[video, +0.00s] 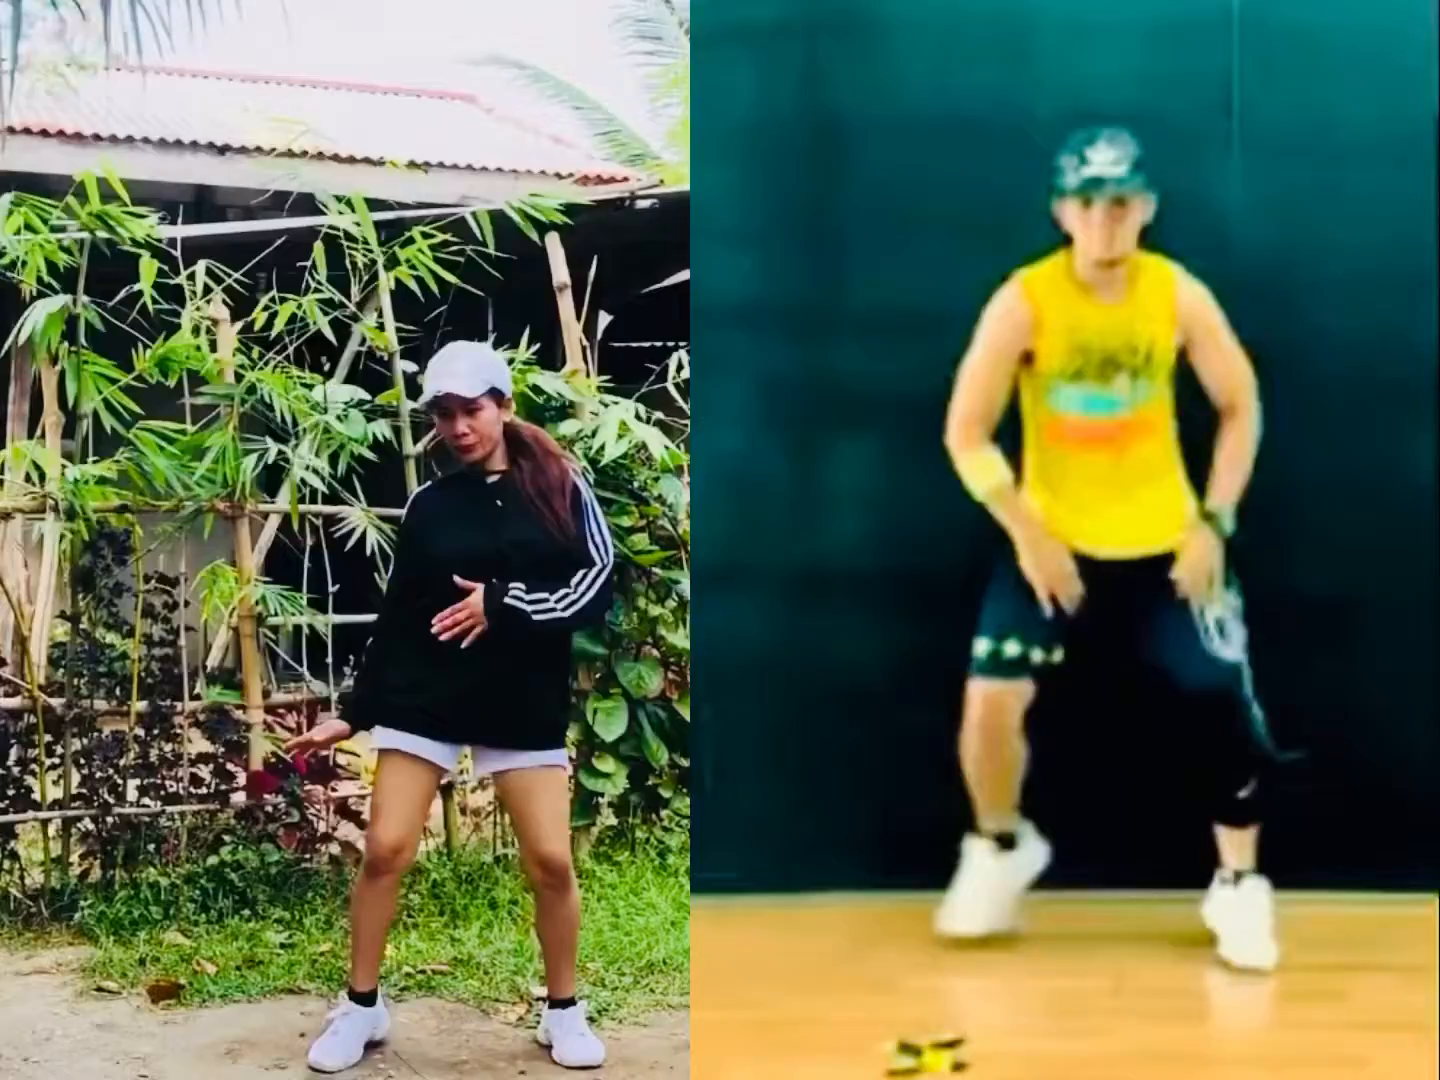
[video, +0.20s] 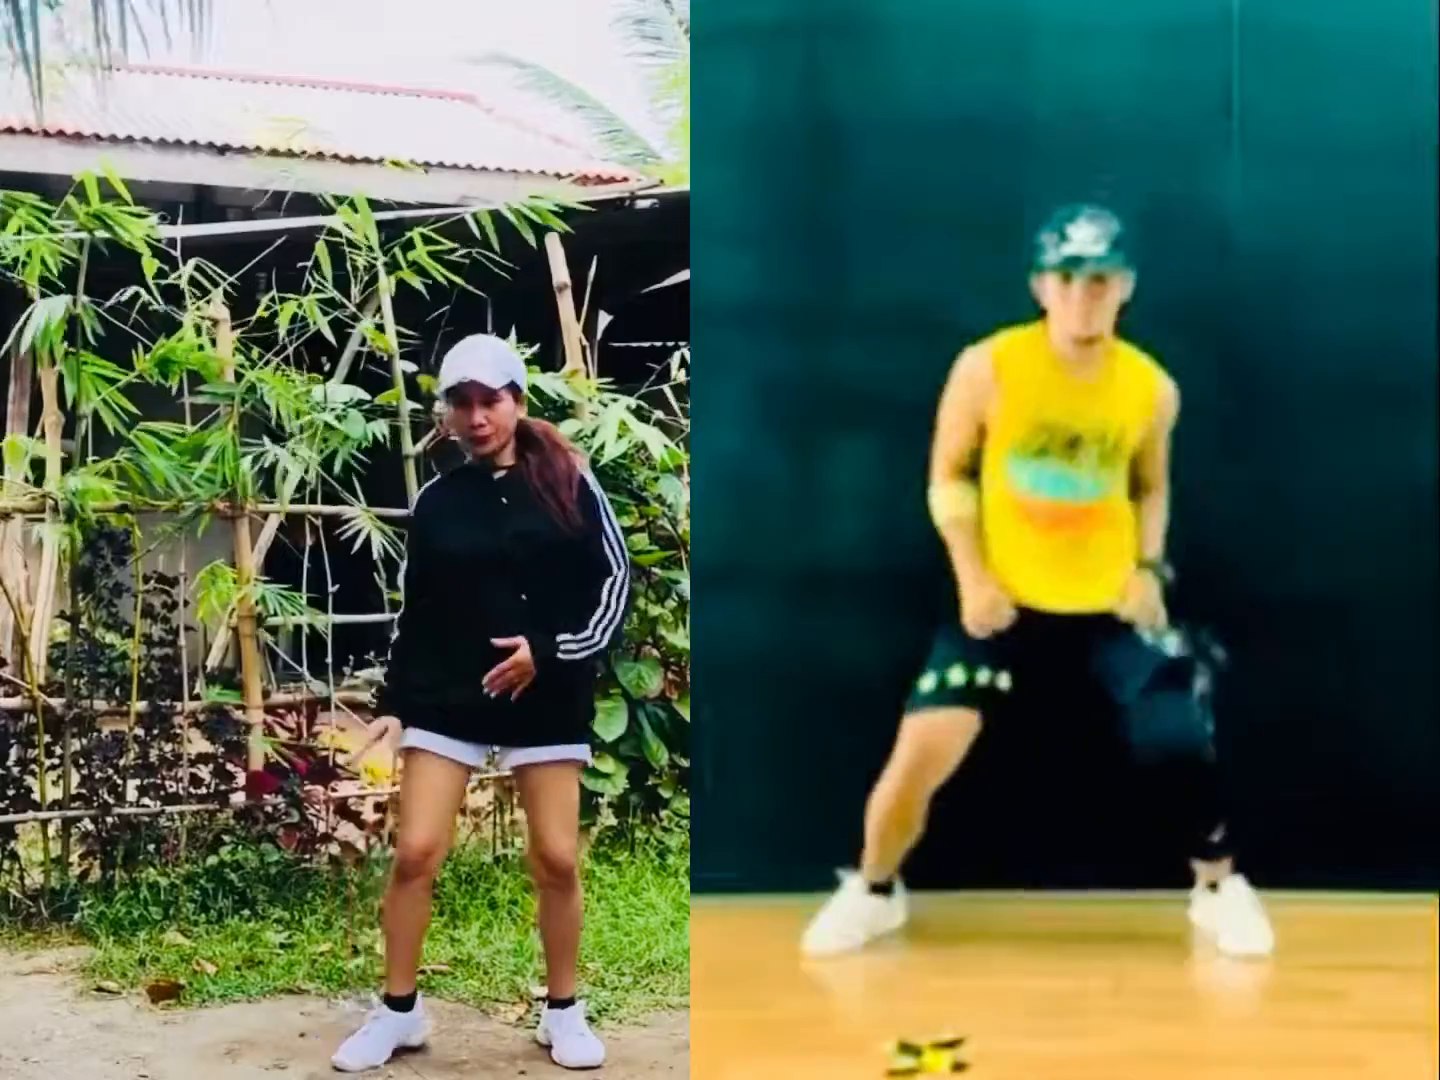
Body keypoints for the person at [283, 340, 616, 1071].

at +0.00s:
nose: (457, 427)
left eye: (469, 410)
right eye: (443, 415)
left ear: (502, 405)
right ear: (434, 422)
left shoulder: (556, 483)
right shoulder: (428, 504)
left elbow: (598, 575)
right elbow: (399, 616)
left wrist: (503, 600)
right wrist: (352, 714)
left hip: (525, 708)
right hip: (421, 702)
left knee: (553, 864)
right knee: (382, 851)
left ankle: (563, 1010)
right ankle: (360, 1008)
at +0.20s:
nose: (477, 416)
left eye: (490, 399)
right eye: (462, 401)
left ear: (517, 401)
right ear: (446, 412)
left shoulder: (567, 484)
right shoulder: (435, 499)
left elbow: (615, 585)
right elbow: (416, 606)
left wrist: (551, 653)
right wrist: (397, 695)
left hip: (546, 705)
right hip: (443, 699)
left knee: (557, 860)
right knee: (413, 854)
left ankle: (562, 1010)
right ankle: (398, 1009)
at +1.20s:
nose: (344, 441)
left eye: (359, 426)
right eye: (330, 426)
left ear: (387, 427)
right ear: (314, 430)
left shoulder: (417, 503)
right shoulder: (288, 517)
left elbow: (475, 601)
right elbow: (250, 620)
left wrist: (491, 573)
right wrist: (194, 674)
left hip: (405, 706)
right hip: (309, 726)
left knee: (506, 804)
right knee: (323, 881)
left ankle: (503, 973)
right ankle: (322, 1008)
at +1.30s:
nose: (359, 446)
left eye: (374, 431)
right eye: (345, 431)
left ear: (396, 435)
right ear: (323, 436)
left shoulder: (416, 516)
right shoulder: (290, 522)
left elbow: (441, 615)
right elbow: (253, 617)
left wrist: (485, 614)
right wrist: (247, 641)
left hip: (413, 705)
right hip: (317, 727)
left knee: (520, 792)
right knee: (314, 887)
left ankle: (516, 932)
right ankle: (322, 1007)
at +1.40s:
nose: (377, 446)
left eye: (392, 431)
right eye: (362, 431)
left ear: (413, 436)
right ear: (339, 433)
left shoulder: (422, 515)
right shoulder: (300, 505)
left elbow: (424, 621)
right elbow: (242, 605)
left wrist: (484, 635)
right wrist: (230, 576)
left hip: (444, 700)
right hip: (345, 725)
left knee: (521, 808)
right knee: (315, 885)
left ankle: (556, 928)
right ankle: (322, 1007)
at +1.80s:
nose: (468, 468)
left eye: (481, 451)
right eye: (455, 455)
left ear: (514, 448)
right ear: (444, 462)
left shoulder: (562, 534)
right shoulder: (437, 545)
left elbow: (591, 627)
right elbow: (396, 656)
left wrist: (628, 654)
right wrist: (362, 629)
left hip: (555, 747)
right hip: (449, 740)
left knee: (590, 902)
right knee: (363, 869)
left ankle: (594, 1015)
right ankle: (324, 1001)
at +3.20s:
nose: (347, 421)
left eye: (363, 409)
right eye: (333, 407)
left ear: (382, 425)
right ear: (312, 420)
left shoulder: (391, 515)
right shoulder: (275, 498)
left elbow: (439, 625)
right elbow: (206, 576)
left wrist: (483, 596)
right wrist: (157, 581)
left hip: (405, 677)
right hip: (320, 712)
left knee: (497, 709)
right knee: (290, 874)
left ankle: (502, 845)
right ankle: (311, 1008)